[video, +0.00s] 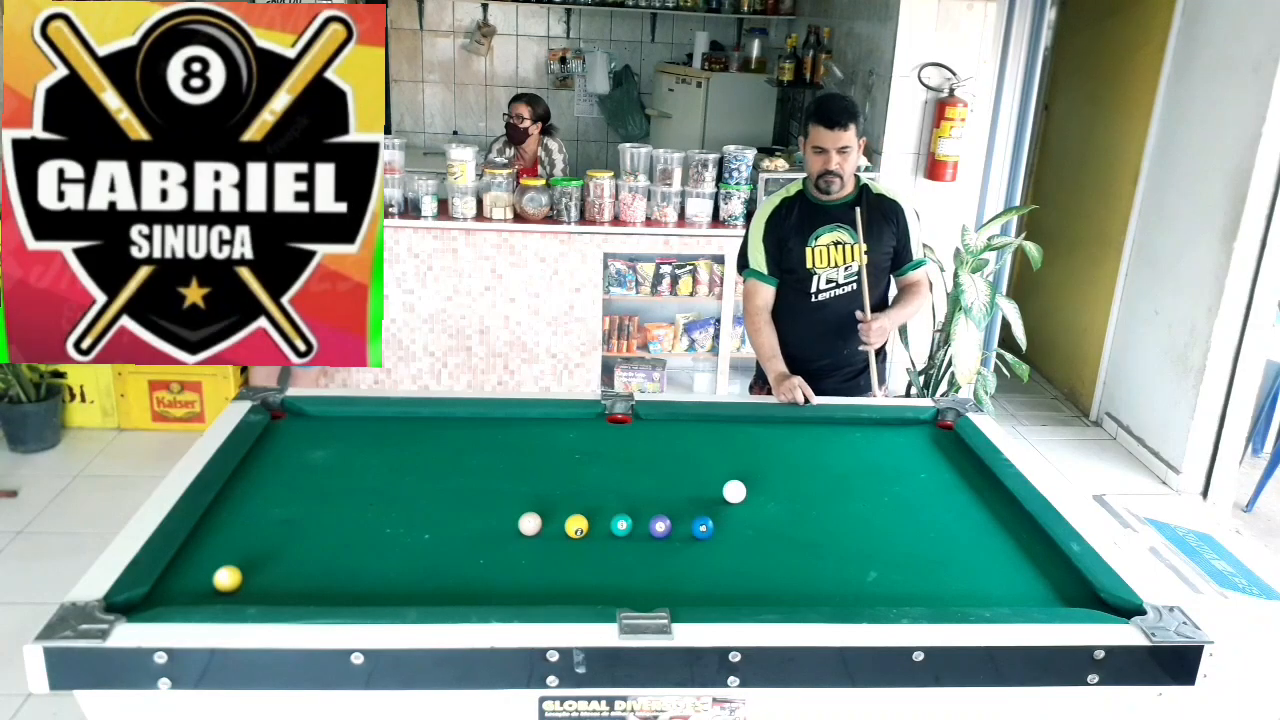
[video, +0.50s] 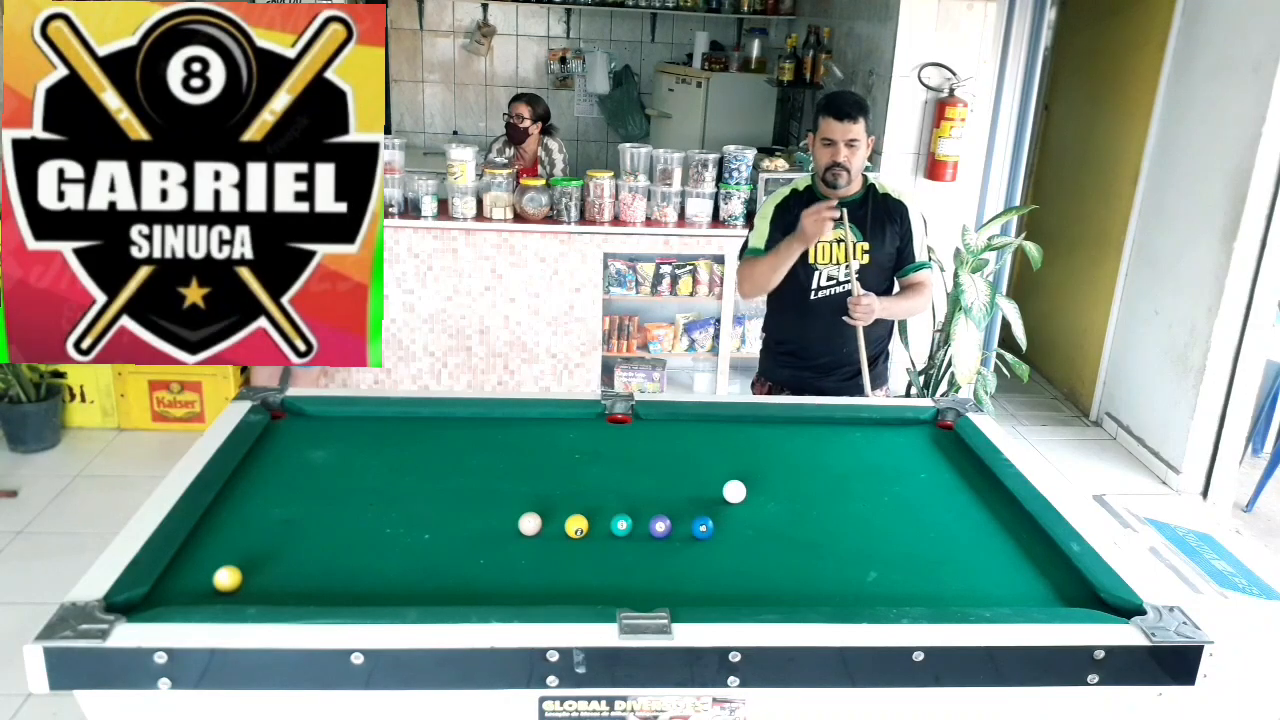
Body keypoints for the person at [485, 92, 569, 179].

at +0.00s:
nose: (511, 123)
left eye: (519, 119)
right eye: (510, 117)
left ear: (536, 128)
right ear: (507, 118)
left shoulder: (553, 148)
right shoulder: (499, 146)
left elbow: (561, 189)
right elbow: (486, 183)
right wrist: (507, 171)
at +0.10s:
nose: (511, 123)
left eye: (519, 119)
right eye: (510, 117)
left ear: (536, 128)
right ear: (507, 118)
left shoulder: (553, 148)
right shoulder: (499, 146)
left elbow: (561, 189)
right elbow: (486, 183)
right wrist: (507, 171)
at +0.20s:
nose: (511, 123)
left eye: (519, 118)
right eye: (510, 117)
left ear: (536, 128)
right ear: (507, 118)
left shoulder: (553, 148)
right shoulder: (499, 146)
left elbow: (561, 189)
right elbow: (486, 183)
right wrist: (507, 172)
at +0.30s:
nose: (511, 123)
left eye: (519, 118)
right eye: (510, 117)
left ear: (536, 128)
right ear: (506, 118)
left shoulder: (553, 147)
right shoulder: (499, 146)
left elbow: (561, 189)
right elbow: (486, 183)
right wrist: (507, 172)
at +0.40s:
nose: (511, 123)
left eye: (519, 118)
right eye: (510, 117)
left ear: (536, 127)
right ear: (506, 118)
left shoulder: (553, 148)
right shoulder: (499, 146)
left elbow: (561, 188)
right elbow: (486, 183)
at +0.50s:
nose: (511, 123)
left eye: (519, 118)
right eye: (509, 117)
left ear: (536, 127)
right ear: (506, 118)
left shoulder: (553, 147)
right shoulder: (499, 146)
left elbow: (561, 189)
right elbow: (486, 183)